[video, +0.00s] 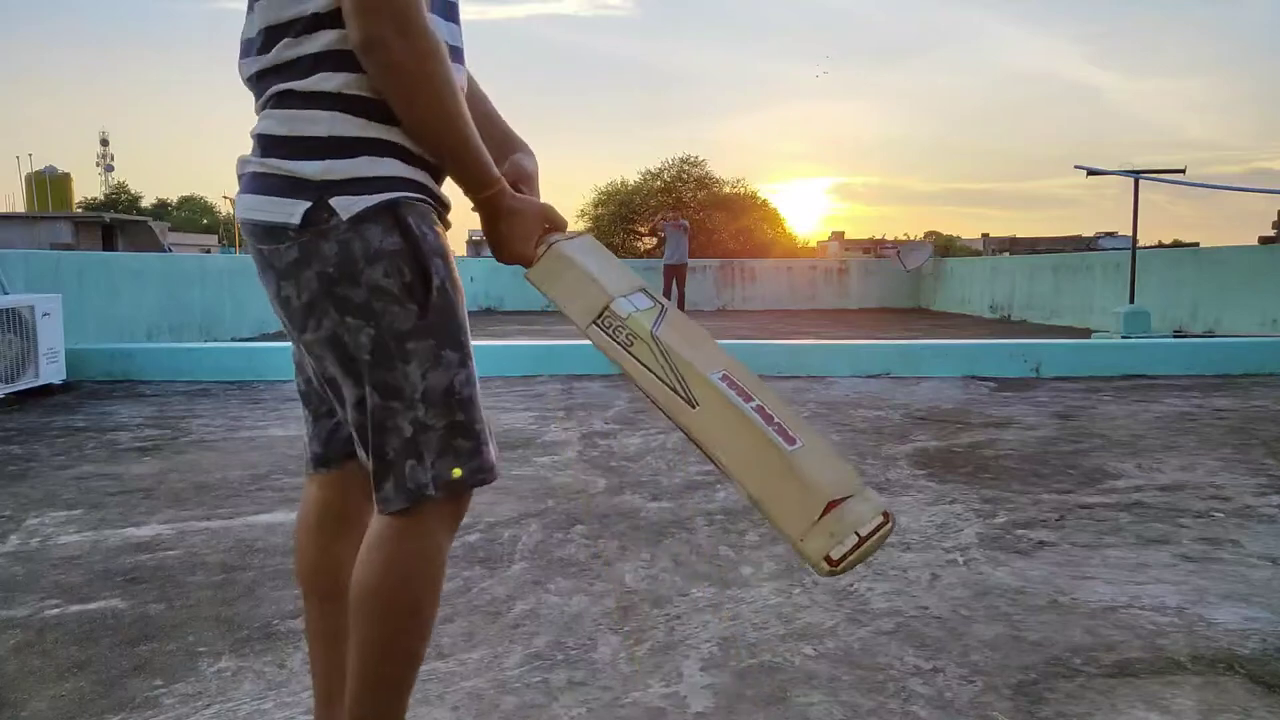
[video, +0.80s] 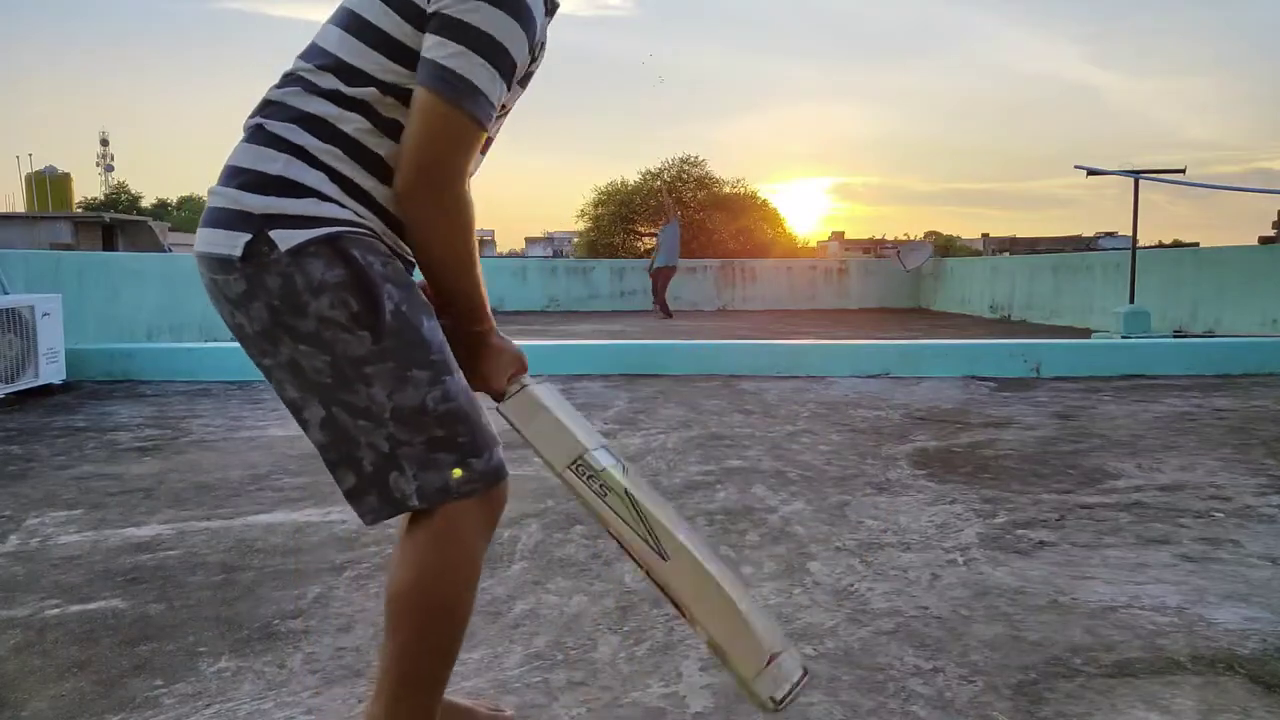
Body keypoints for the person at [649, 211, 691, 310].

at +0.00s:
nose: (674, 215)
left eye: (676, 212)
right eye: (672, 212)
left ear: (680, 213)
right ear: (669, 214)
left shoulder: (684, 224)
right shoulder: (667, 225)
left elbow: (685, 227)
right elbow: (652, 228)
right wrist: (658, 219)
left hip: (681, 260)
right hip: (668, 260)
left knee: (681, 290)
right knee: (666, 289)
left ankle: (681, 312)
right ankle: (664, 312)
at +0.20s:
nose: (671, 218)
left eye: (673, 215)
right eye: (669, 216)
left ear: (678, 216)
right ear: (667, 218)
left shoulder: (683, 226)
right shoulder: (665, 227)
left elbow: (683, 217)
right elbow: (651, 228)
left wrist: (666, 215)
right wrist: (659, 219)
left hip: (681, 258)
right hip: (668, 259)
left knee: (681, 288)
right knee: (667, 288)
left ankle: (681, 311)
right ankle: (669, 312)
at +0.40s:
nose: (663, 215)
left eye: (664, 213)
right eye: (663, 213)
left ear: (667, 214)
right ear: (674, 214)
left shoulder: (663, 226)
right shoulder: (679, 223)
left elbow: (652, 233)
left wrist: (637, 233)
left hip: (665, 258)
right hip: (678, 257)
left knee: (664, 287)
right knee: (677, 285)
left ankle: (668, 312)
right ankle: (681, 308)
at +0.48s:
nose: (664, 215)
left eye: (666, 212)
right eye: (664, 212)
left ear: (667, 213)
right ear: (674, 213)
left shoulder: (665, 227)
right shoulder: (677, 224)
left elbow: (658, 240)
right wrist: (641, 235)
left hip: (665, 258)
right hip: (676, 257)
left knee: (662, 288)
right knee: (672, 285)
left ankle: (667, 312)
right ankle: (677, 308)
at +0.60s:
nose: (663, 217)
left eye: (665, 215)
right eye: (661, 215)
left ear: (669, 215)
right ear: (660, 217)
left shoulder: (673, 223)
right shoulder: (661, 230)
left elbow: (669, 206)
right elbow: (657, 246)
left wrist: (660, 197)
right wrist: (652, 260)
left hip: (673, 257)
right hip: (663, 258)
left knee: (663, 284)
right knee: (660, 285)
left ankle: (667, 311)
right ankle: (665, 311)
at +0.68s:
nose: (662, 218)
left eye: (664, 216)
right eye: (661, 216)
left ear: (668, 217)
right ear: (660, 218)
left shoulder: (673, 224)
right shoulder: (660, 233)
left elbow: (669, 206)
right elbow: (655, 250)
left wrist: (660, 195)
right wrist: (650, 265)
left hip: (672, 259)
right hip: (662, 260)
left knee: (661, 286)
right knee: (658, 287)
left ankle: (666, 312)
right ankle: (665, 312)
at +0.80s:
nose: (665, 218)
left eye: (667, 216)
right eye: (665, 216)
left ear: (672, 217)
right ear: (665, 219)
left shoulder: (673, 226)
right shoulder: (662, 231)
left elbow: (669, 206)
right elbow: (646, 234)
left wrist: (664, 191)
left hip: (668, 262)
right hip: (659, 263)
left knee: (660, 289)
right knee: (655, 290)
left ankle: (666, 313)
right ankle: (664, 312)